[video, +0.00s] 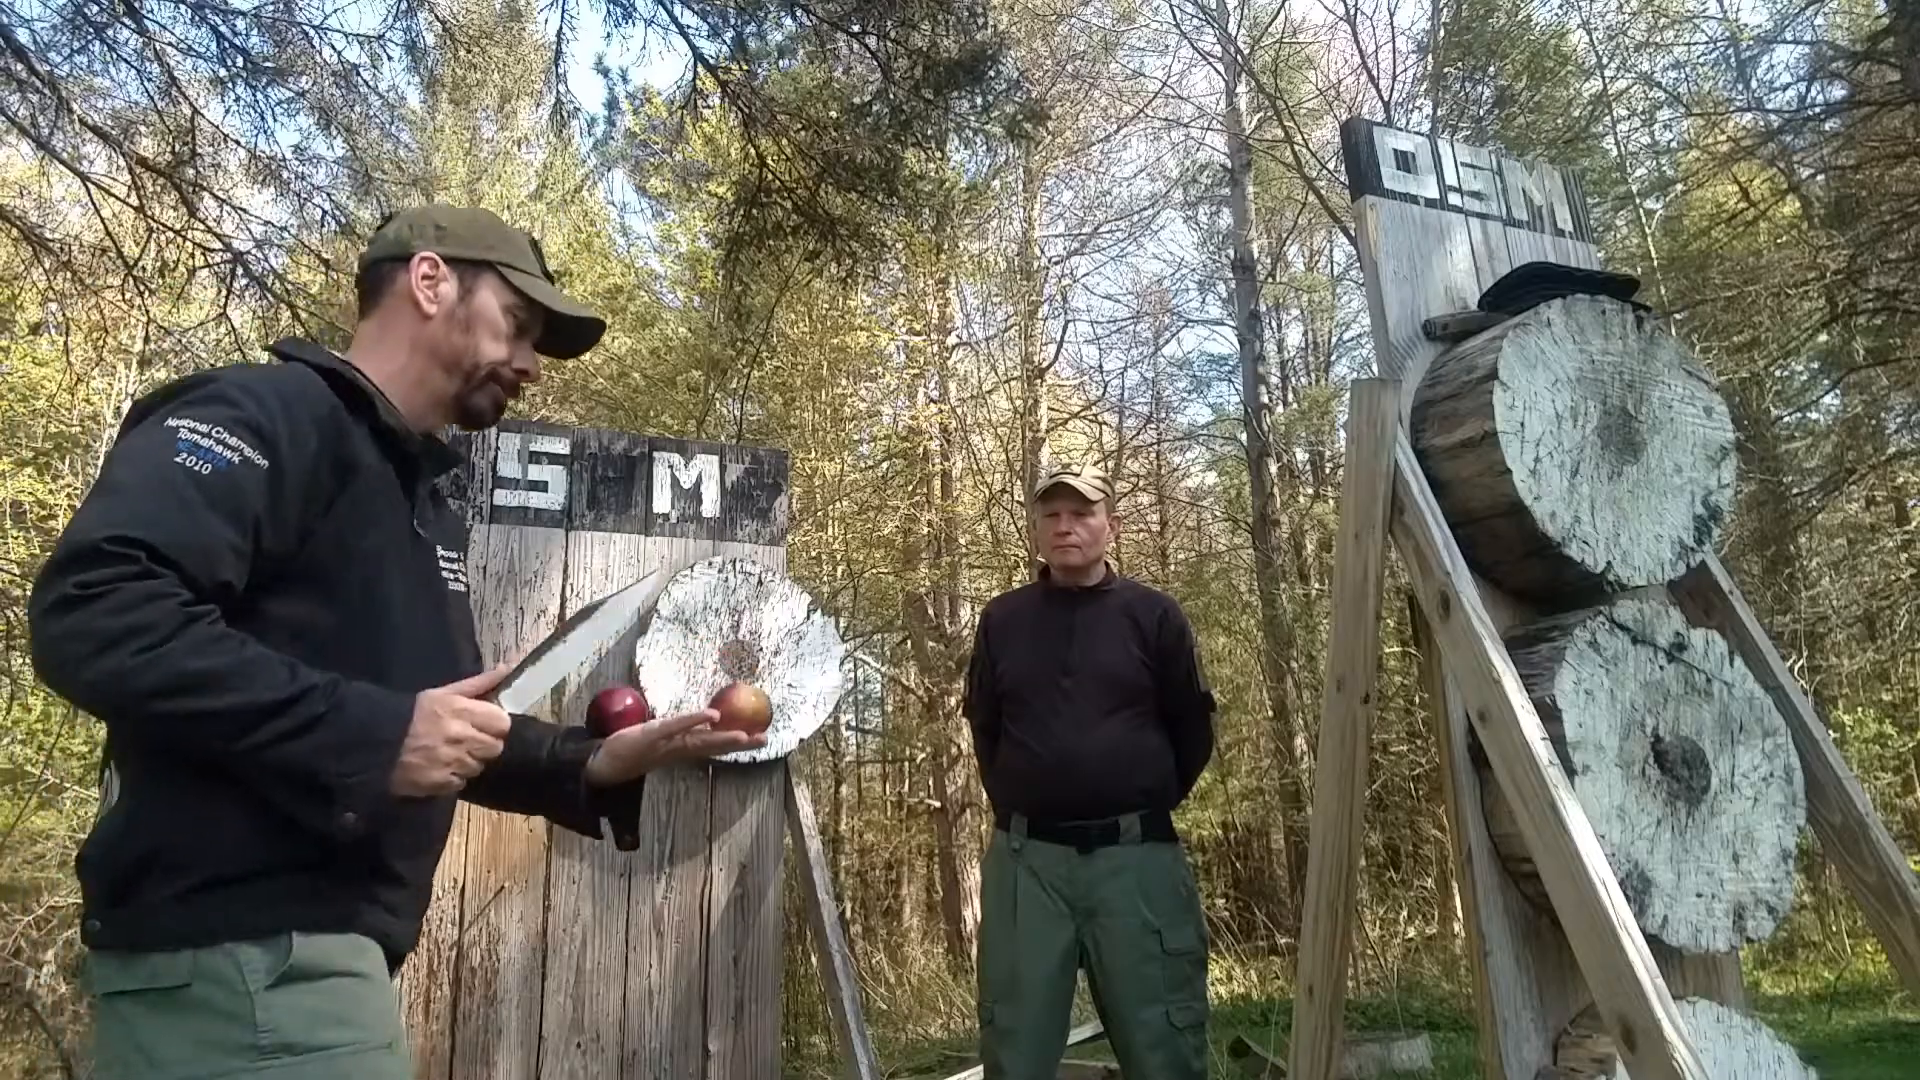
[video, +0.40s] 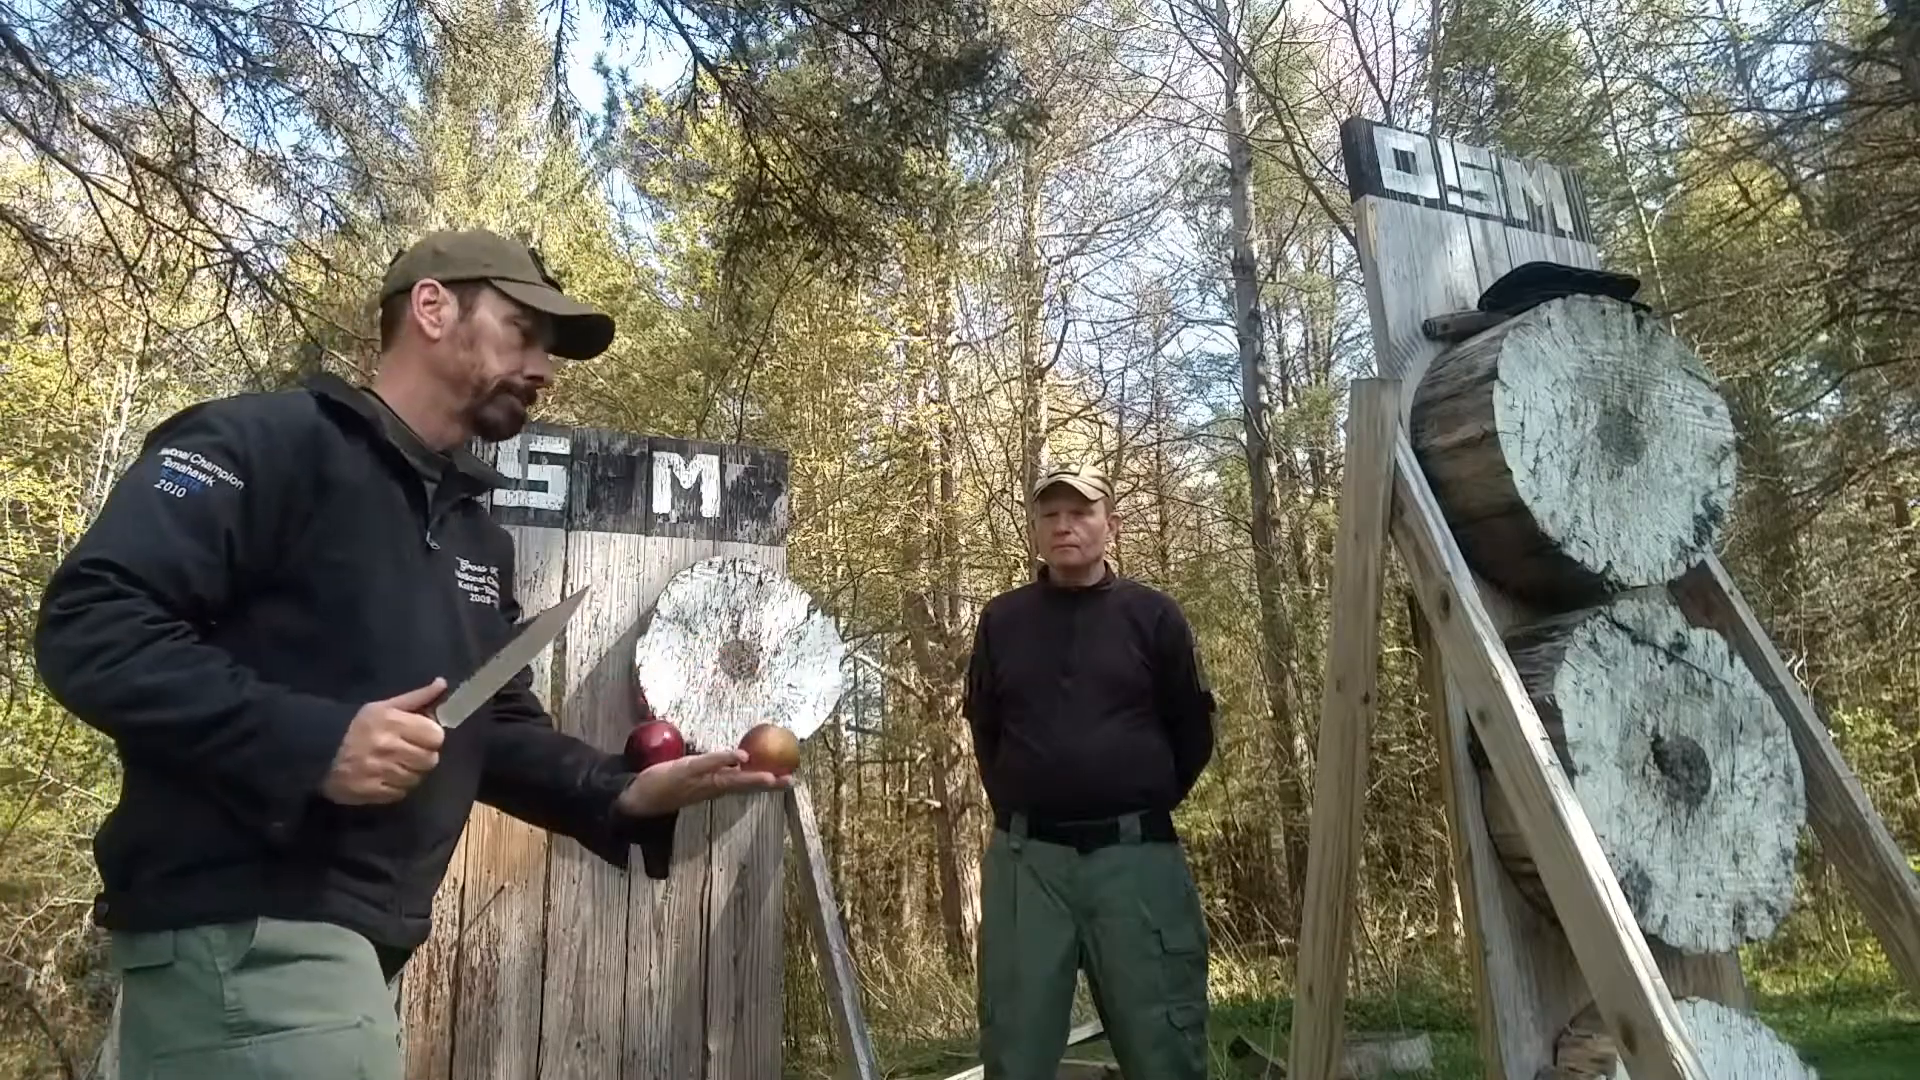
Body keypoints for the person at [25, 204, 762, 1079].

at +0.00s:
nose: (533, 364)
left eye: (541, 344)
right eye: (521, 324)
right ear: (431, 283)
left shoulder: (416, 496)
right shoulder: (264, 412)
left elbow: (428, 725)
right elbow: (92, 612)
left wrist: (600, 760)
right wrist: (371, 730)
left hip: (307, 955)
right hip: (243, 963)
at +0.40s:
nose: (546, 370)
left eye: (552, 349)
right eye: (527, 333)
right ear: (433, 311)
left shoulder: (473, 530)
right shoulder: (258, 441)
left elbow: (484, 723)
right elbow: (90, 628)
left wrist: (625, 793)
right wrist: (314, 740)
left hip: (345, 952)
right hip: (241, 942)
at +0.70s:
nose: (580, 323)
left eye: (584, 303)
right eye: (549, 287)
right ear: (452, 292)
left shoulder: (520, 529)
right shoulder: (315, 424)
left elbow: (526, 732)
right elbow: (170, 616)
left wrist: (683, 785)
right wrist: (420, 725)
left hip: (392, 947)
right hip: (290, 940)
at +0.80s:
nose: (592, 309)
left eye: (597, 289)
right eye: (559, 274)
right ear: (462, 283)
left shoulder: (529, 514)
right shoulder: (338, 405)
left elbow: (532, 731)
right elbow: (194, 604)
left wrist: (697, 780)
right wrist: (453, 719)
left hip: (395, 944)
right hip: (302, 940)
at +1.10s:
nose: (567, 340)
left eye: (572, 317)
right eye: (537, 306)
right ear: (438, 300)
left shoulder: (508, 529)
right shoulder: (296, 431)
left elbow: (523, 736)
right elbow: (147, 634)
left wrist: (695, 787)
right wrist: (411, 747)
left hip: (387, 954)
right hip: (288, 953)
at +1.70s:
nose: (588, 350)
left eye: (592, 331)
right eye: (563, 315)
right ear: (464, 301)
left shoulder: (494, 540)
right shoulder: (321, 418)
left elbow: (494, 740)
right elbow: (149, 599)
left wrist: (659, 808)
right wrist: (420, 724)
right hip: (277, 954)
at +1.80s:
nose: (589, 363)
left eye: (593, 341)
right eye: (566, 326)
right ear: (465, 314)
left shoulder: (491, 545)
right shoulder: (321, 428)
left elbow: (495, 752)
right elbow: (149, 621)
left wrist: (659, 828)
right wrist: (417, 743)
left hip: (352, 968)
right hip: (268, 968)